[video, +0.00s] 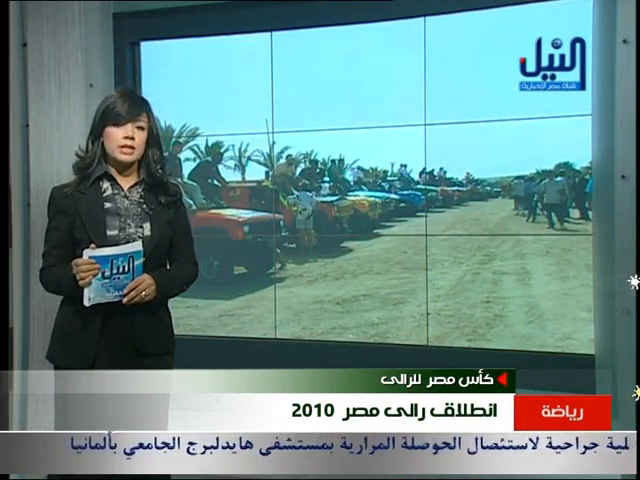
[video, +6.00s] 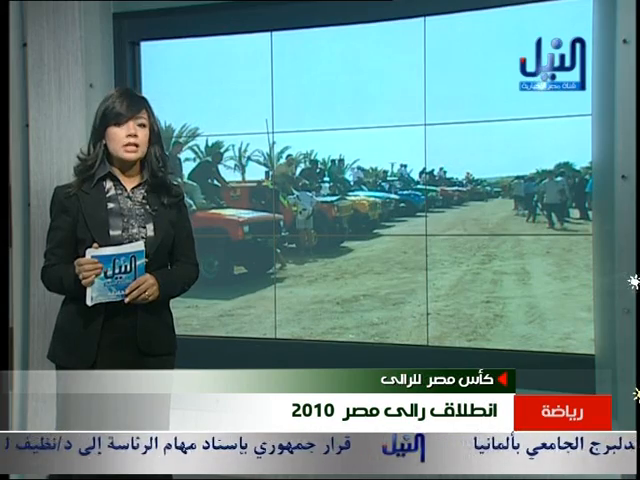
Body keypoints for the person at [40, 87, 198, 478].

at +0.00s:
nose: (129, 135)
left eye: (138, 127)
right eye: (119, 125)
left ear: (149, 138)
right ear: (101, 134)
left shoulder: (167, 197)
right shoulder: (68, 198)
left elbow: (187, 266)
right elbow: (50, 273)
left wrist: (159, 282)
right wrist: (72, 275)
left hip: (148, 349)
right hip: (83, 349)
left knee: (147, 452)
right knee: (79, 452)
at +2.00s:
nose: (117, 139)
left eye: (127, 128)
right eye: (107, 129)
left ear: (140, 136)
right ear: (92, 137)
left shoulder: (164, 194)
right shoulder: (65, 197)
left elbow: (185, 265)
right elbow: (46, 272)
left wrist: (156, 282)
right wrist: (69, 275)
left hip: (145, 348)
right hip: (80, 349)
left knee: (145, 452)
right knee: (77, 453)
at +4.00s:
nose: (124, 139)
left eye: (134, 128)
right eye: (113, 130)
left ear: (148, 135)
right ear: (99, 138)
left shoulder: (170, 196)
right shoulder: (72, 198)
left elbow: (189, 266)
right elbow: (52, 273)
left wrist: (162, 282)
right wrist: (77, 275)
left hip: (151, 347)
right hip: (86, 348)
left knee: (149, 451)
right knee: (83, 452)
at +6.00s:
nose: (131, 133)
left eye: (140, 124)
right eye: (121, 125)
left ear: (151, 135)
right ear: (103, 136)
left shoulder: (169, 196)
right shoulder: (71, 197)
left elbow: (188, 267)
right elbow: (51, 272)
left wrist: (161, 282)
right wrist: (75, 274)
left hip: (150, 347)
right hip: (86, 348)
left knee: (149, 449)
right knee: (82, 450)